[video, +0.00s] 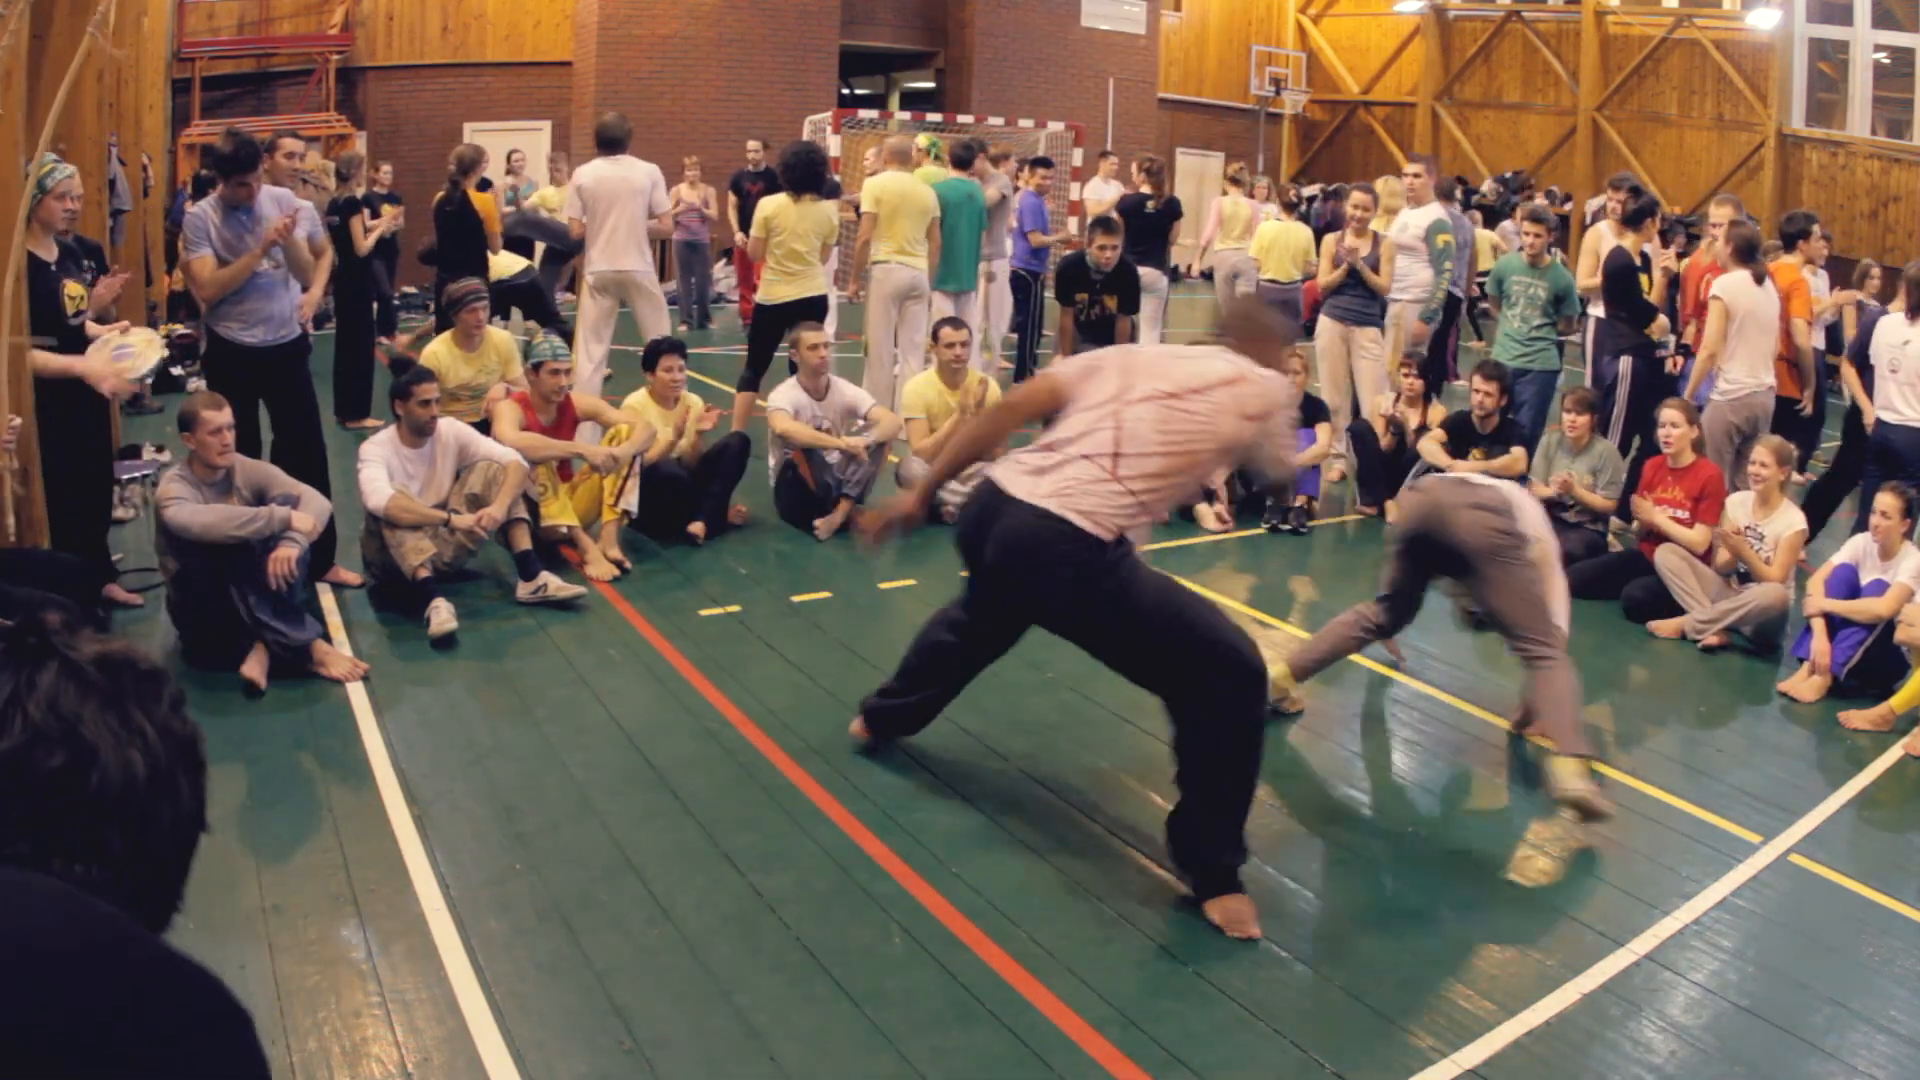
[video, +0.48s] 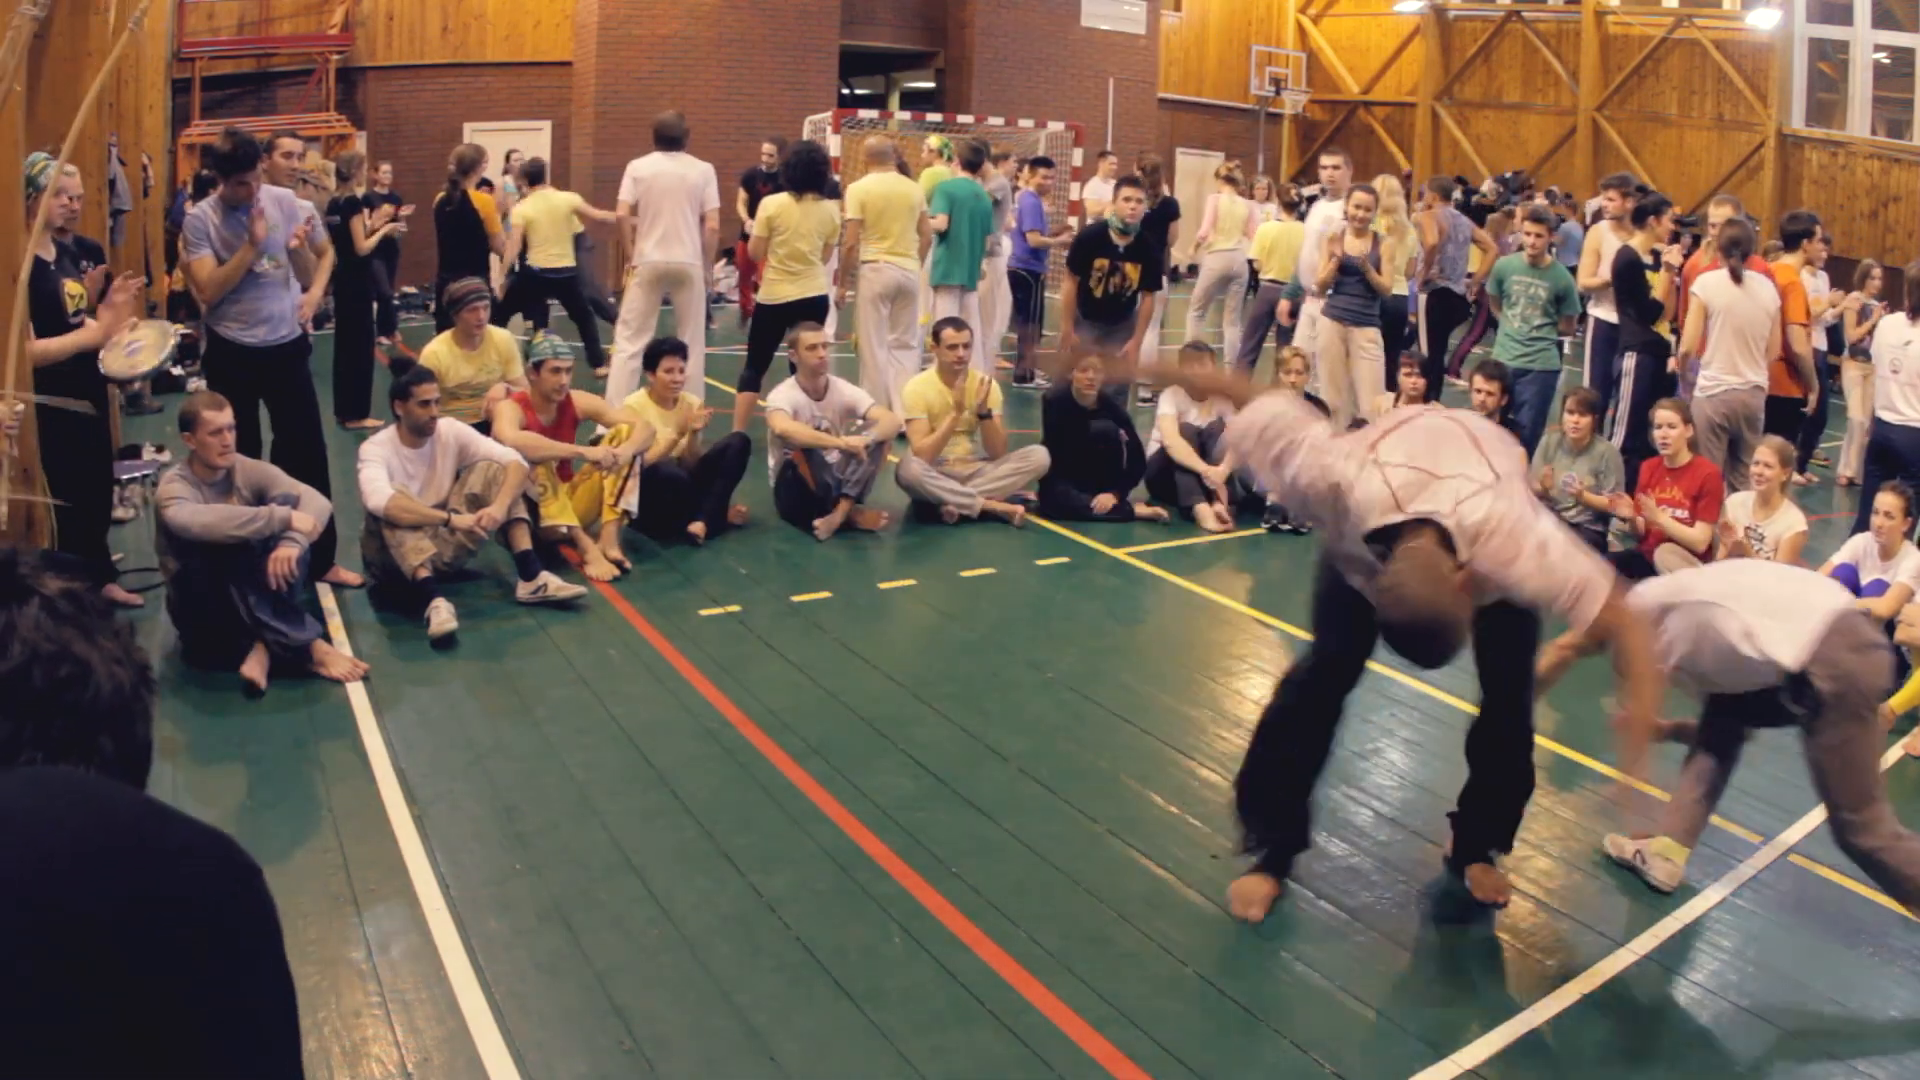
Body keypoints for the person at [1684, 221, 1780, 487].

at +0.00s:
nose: (1716, 247)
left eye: (1720, 241)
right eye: (1717, 240)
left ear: (1731, 248)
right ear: (1752, 249)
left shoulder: (1723, 285)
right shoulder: (1769, 286)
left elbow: (1710, 349)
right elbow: (1775, 346)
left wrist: (1688, 394)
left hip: (1729, 396)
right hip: (1765, 394)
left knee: (1713, 482)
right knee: (1746, 483)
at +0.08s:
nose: (1715, 247)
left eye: (1719, 242)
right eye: (1717, 240)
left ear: (1728, 248)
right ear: (1753, 249)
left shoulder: (1717, 283)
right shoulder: (1769, 285)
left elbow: (1704, 348)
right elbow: (1775, 345)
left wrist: (1683, 395)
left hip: (1726, 395)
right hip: (1763, 395)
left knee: (1713, 481)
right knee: (1747, 480)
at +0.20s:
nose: (1715, 244)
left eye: (1718, 240)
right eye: (1716, 238)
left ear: (1723, 248)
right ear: (1754, 250)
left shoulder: (1712, 283)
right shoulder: (1769, 286)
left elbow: (1699, 347)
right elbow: (1774, 346)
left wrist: (1680, 395)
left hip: (1721, 395)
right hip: (1760, 396)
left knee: (1711, 481)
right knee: (1747, 480)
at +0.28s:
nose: (1714, 242)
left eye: (1717, 239)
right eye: (1715, 235)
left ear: (1721, 248)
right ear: (1753, 249)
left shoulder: (1709, 283)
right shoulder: (1769, 288)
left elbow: (1698, 348)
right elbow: (1773, 347)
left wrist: (1680, 396)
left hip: (1718, 394)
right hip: (1758, 394)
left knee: (1709, 478)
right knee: (1746, 478)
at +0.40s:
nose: (1713, 239)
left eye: (1717, 237)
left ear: (1720, 248)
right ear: (1752, 248)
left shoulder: (1707, 284)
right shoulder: (1769, 288)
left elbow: (1694, 349)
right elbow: (1772, 350)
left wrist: (1683, 392)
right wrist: (1755, 377)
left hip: (1714, 392)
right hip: (1755, 392)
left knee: (1708, 477)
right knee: (1744, 477)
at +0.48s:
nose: (1711, 238)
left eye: (1715, 236)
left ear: (1718, 247)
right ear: (1750, 248)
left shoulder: (1705, 283)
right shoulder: (1768, 288)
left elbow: (1690, 345)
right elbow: (1774, 349)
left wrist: (1679, 363)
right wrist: (1752, 368)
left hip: (1713, 390)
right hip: (1753, 391)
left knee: (1708, 477)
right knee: (1744, 476)